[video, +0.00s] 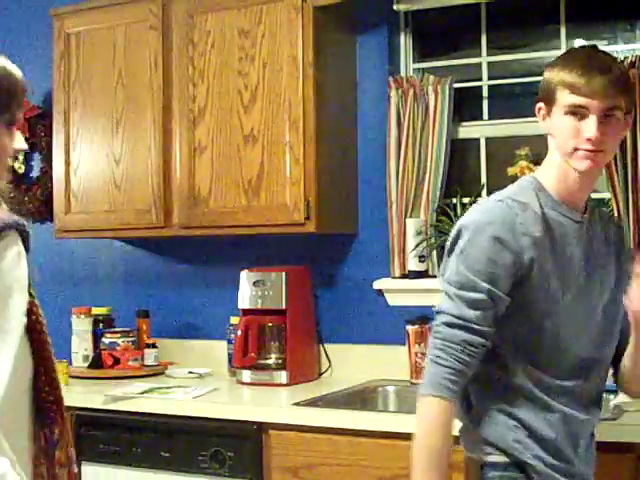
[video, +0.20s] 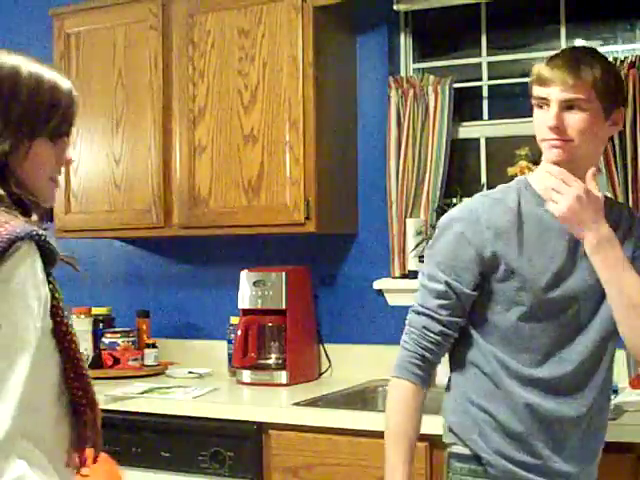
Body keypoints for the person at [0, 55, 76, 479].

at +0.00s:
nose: (20, 142)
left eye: (19, 125)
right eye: (13, 125)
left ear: (12, 130)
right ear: (1, 130)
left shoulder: (13, 239)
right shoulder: (9, 242)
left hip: (18, 460)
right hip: (12, 462)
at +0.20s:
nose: (66, 159)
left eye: (66, 141)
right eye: (56, 139)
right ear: (11, 140)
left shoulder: (19, 242)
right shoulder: (19, 250)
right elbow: (10, 438)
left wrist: (64, 454)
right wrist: (73, 467)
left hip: (37, 461)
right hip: (30, 464)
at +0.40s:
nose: (110, 160)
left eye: (107, 142)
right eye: (95, 140)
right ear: (42, 141)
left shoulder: (31, 244)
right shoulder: (27, 249)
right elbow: (9, 435)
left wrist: (96, 456)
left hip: (69, 463)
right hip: (51, 467)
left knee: (170, 473)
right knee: (171, 472)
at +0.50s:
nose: (129, 161)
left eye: (126, 144)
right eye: (114, 143)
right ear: (60, 145)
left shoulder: (46, 249)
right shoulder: (33, 252)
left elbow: (35, 404)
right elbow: (4, 433)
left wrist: (115, 448)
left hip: (78, 468)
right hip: (54, 469)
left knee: (193, 473)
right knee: (193, 473)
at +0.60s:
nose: (146, 165)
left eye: (144, 149)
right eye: (133, 148)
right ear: (82, 149)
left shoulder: (65, 255)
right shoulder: (47, 258)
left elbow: (49, 402)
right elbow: (6, 430)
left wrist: (133, 442)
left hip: (92, 468)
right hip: (65, 469)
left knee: (218, 472)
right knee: (218, 473)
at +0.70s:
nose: (167, 167)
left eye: (164, 151)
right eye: (150, 151)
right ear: (98, 155)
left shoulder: (85, 259)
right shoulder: (63, 265)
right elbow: (13, 432)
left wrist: (161, 434)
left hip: (121, 468)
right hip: (91, 471)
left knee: (244, 467)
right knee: (243, 469)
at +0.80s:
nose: (181, 160)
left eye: (176, 146)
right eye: (165, 146)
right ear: (119, 155)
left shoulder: (111, 260)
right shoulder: (84, 265)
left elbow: (106, 391)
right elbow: (26, 425)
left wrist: (184, 423)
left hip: (146, 469)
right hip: (118, 471)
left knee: (267, 461)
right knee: (265, 463)